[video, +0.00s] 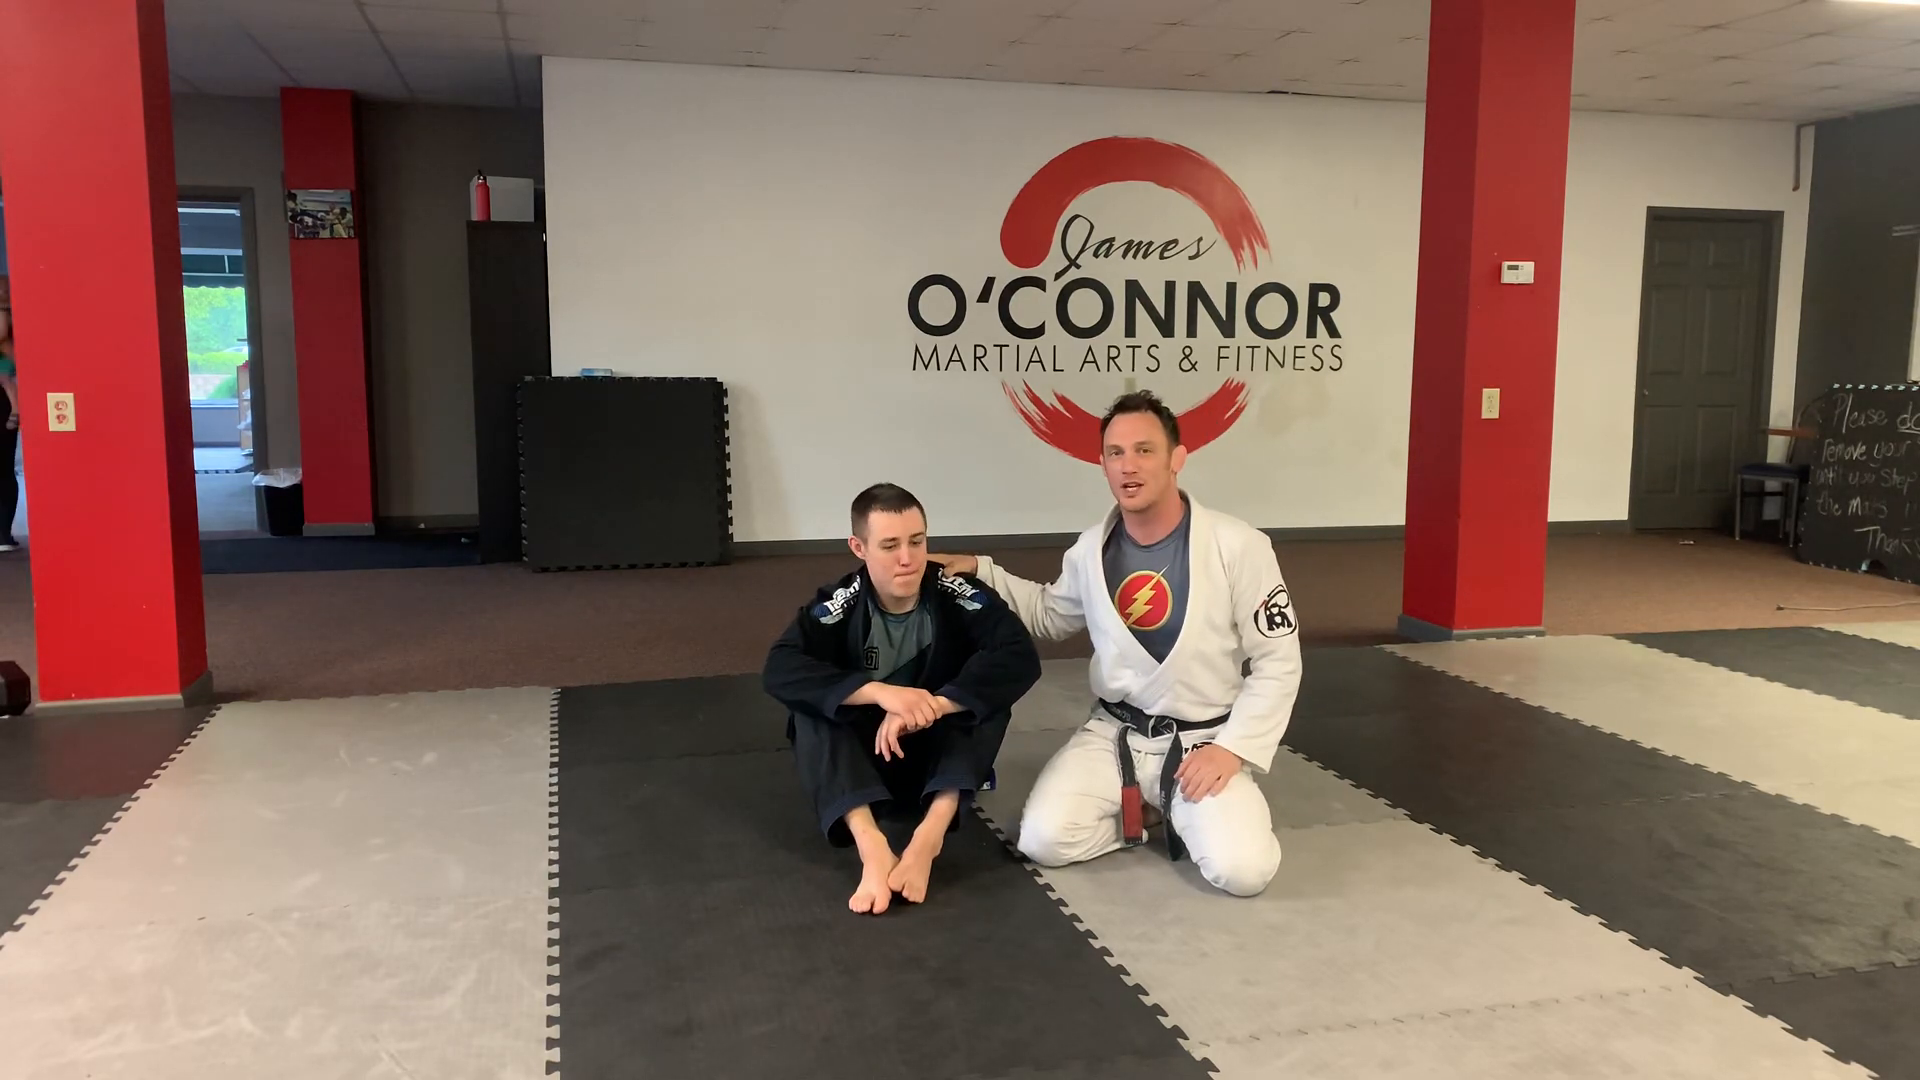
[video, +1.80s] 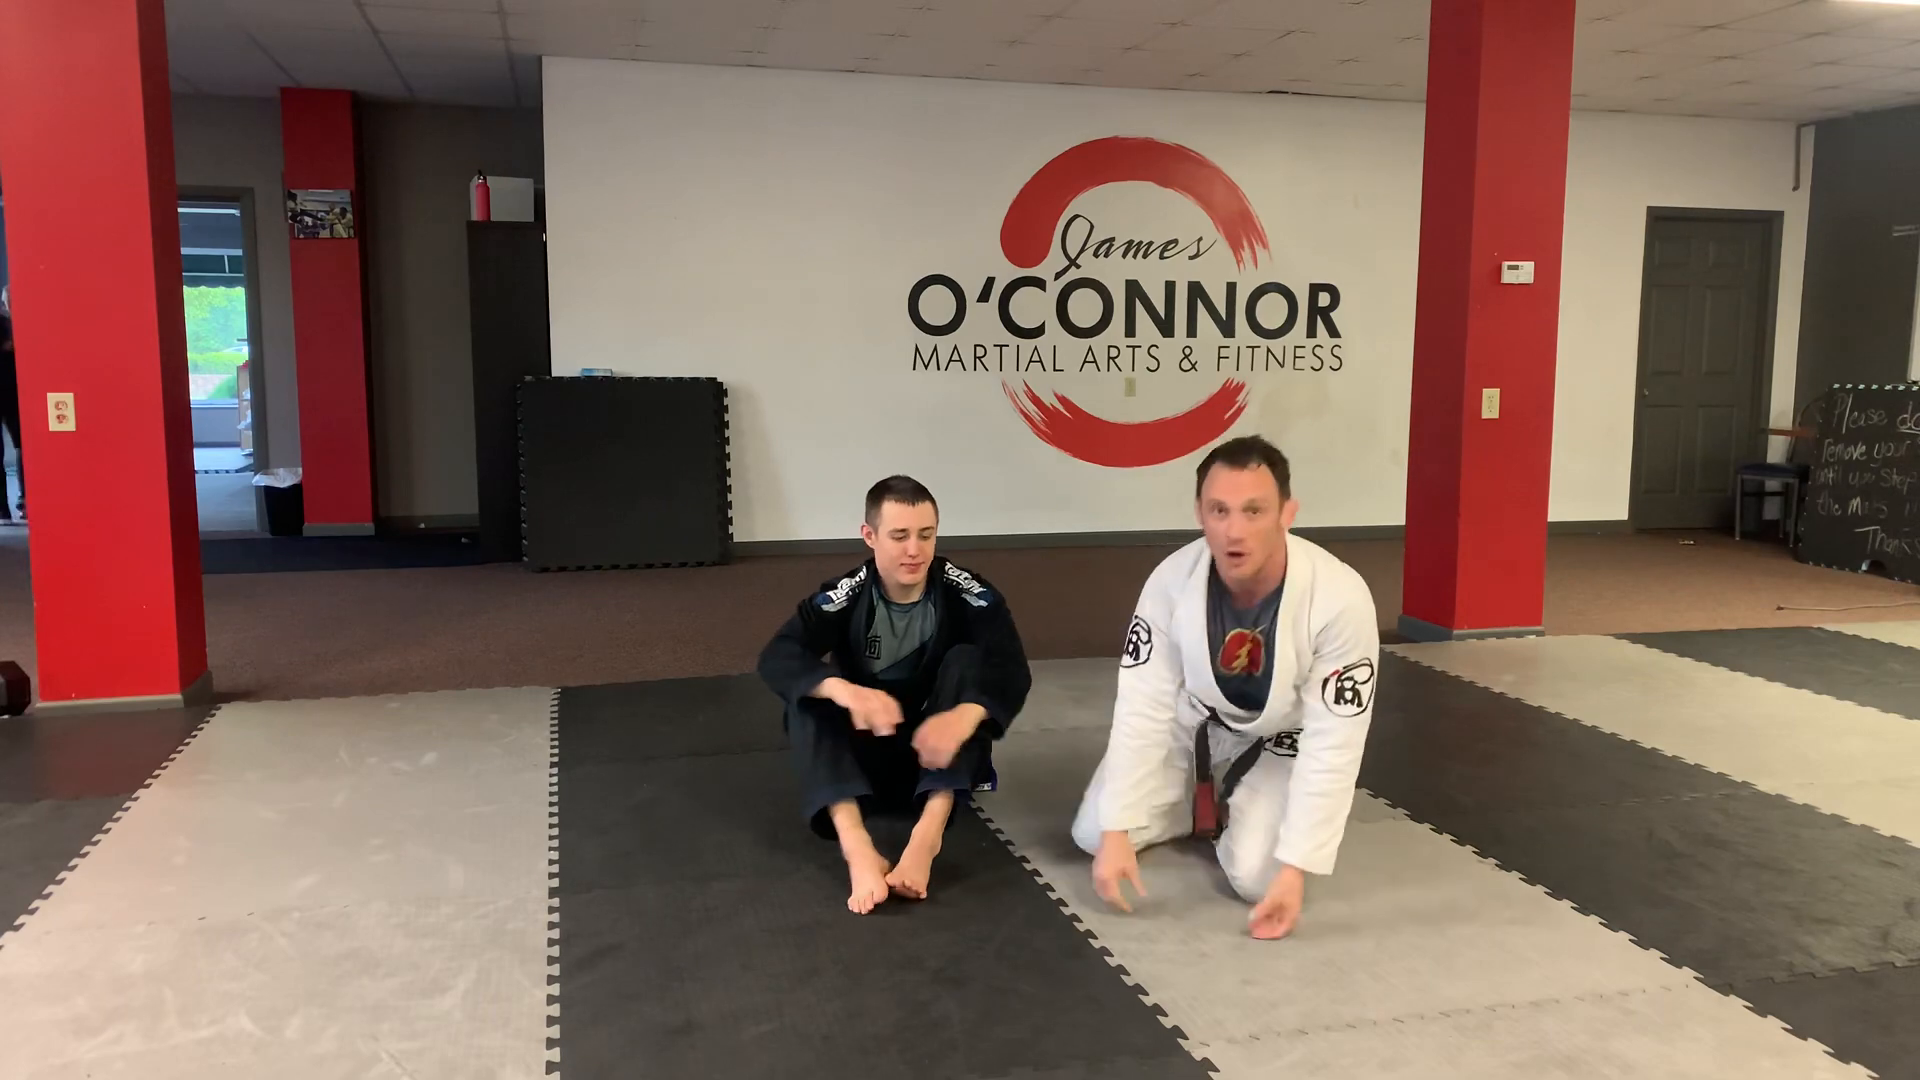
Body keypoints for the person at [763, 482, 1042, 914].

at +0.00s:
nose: (907, 558)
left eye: (916, 542)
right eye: (890, 546)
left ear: (926, 537)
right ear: (859, 548)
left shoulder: (958, 594)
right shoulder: (838, 603)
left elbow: (1020, 657)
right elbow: (781, 670)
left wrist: (928, 707)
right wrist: (881, 692)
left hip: (937, 754)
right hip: (859, 756)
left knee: (988, 699)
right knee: (811, 709)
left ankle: (930, 835)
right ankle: (871, 846)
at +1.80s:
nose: (914, 550)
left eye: (925, 535)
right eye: (900, 536)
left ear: (936, 532)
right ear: (870, 536)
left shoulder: (972, 596)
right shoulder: (843, 597)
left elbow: (1011, 671)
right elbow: (776, 658)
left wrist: (965, 717)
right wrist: (845, 692)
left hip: (937, 765)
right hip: (860, 760)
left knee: (969, 660)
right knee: (808, 698)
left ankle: (928, 836)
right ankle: (857, 848)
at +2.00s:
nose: (927, 549)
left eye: (939, 535)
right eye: (913, 534)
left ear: (951, 533)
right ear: (885, 531)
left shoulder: (983, 604)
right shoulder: (853, 591)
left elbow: (1023, 699)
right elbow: (764, 637)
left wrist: (1015, 766)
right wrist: (755, 670)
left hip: (944, 767)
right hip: (861, 764)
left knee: (958, 659)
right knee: (777, 671)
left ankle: (924, 831)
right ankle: (775, 840)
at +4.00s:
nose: (1187, 693)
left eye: (1202, 689)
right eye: (1199, 681)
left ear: (1185, 630)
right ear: (1185, 640)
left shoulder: (1124, 621)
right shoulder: (1100, 620)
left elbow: (1048, 741)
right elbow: (1042, 756)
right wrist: (1042, 891)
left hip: (961, 724)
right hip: (913, 719)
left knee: (1068, 820)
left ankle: (906, 836)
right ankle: (814, 873)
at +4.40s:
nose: (1206, 689)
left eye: (1219, 685)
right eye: (1215, 678)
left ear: (1201, 633)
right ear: (1201, 644)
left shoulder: (1142, 613)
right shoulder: (1121, 625)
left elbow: (1077, 725)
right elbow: (1064, 761)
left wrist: (1098, 795)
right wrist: (1118, 889)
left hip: (972, 729)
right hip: (922, 731)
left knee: (1075, 833)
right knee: (1008, 923)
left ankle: (901, 829)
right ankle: (847, 866)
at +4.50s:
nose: (1204, 687)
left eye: (1216, 682)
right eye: (1213, 676)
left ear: (1197, 633)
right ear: (1195, 642)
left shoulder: (1144, 611)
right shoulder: (1113, 625)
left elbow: (1110, 728)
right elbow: (1092, 775)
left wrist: (1154, 802)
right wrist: (1139, 909)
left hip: (981, 726)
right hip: (921, 729)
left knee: (1069, 832)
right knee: (1002, 925)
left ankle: (899, 825)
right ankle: (849, 861)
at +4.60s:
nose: (1207, 690)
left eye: (1218, 686)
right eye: (1215, 681)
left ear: (1201, 634)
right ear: (1199, 646)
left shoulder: (1149, 612)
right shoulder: (1112, 632)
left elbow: (1135, 731)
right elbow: (1105, 785)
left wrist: (1181, 816)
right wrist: (1153, 920)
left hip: (983, 721)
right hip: (923, 725)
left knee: (1065, 832)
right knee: (996, 924)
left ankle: (895, 829)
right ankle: (852, 858)